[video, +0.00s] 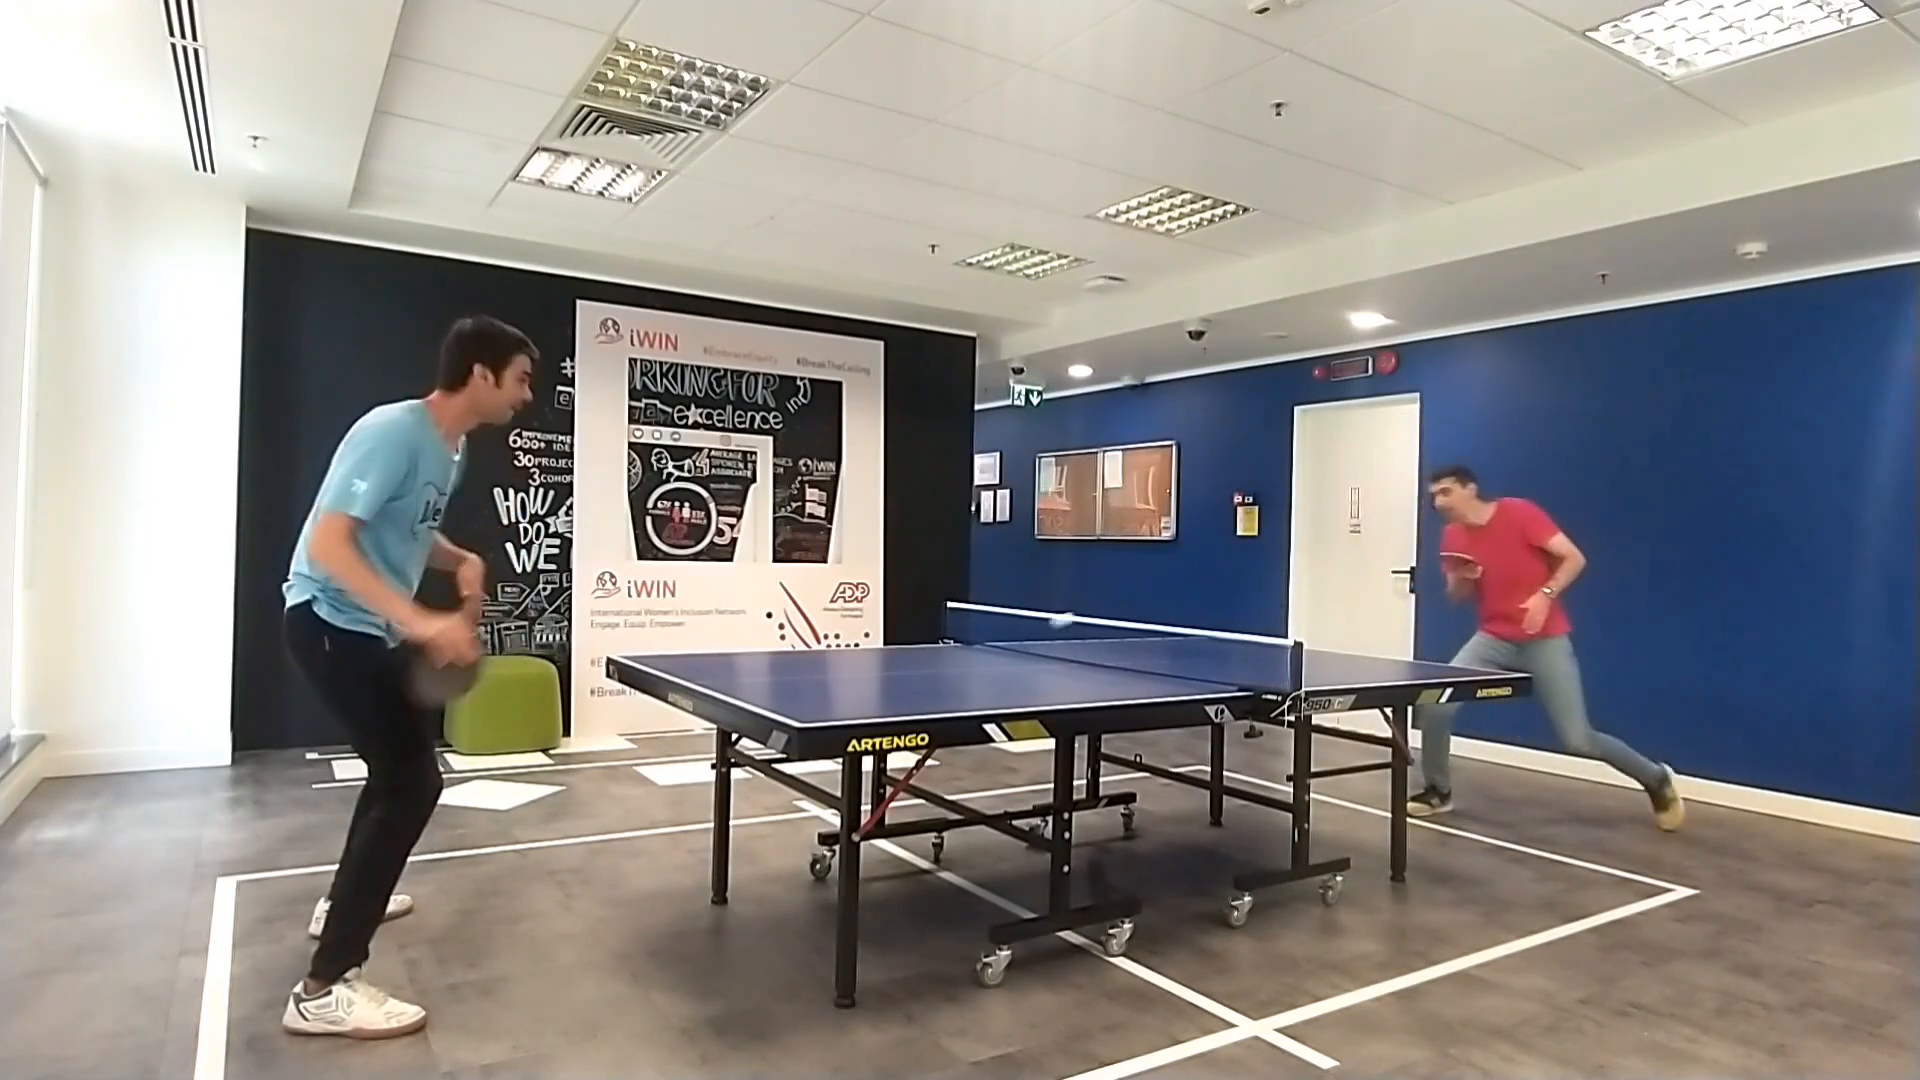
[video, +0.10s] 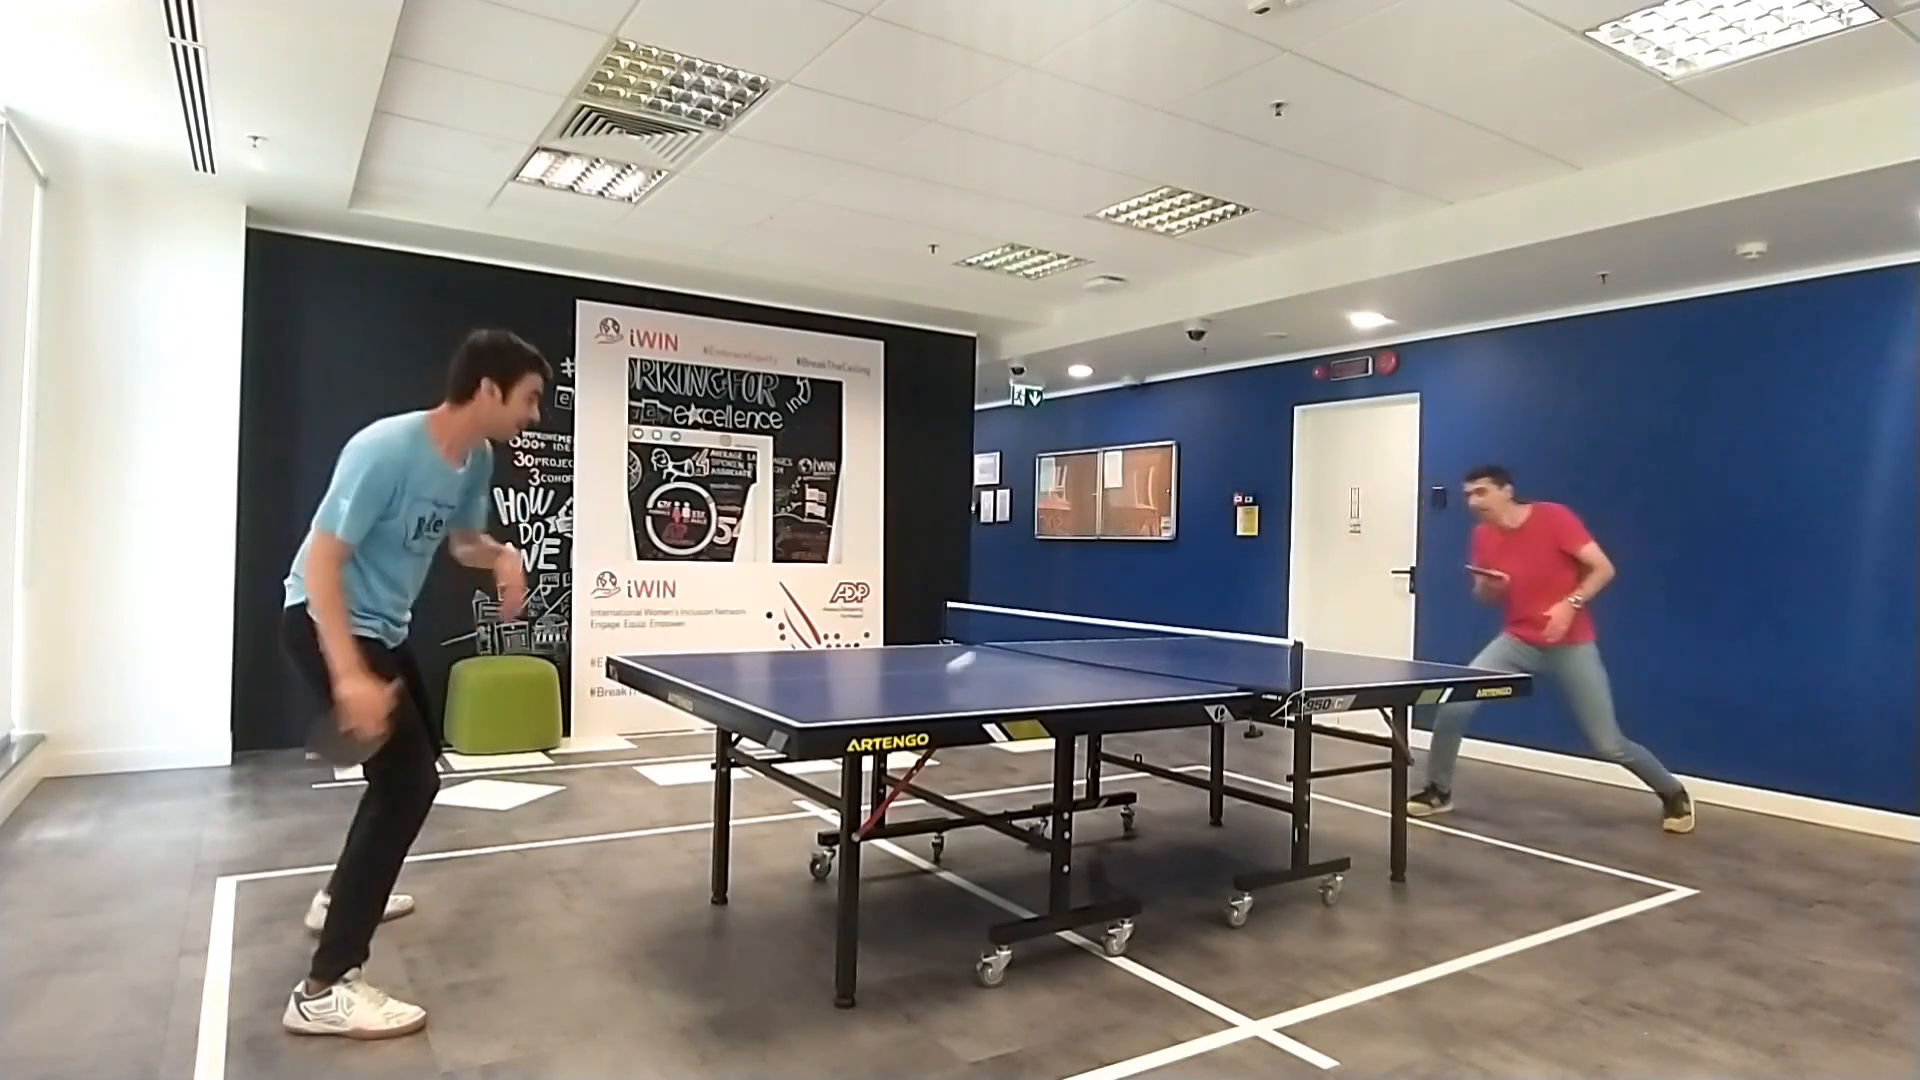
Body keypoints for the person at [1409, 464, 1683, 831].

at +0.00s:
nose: (1439, 502)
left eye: (1445, 492)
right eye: (1434, 497)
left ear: (1469, 489)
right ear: (1435, 503)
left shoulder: (1519, 514)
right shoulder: (1454, 536)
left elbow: (1574, 558)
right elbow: (1455, 596)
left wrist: (1546, 594)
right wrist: (1462, 581)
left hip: (1545, 640)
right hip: (1494, 638)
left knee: (1577, 740)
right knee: (1434, 706)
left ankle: (1658, 780)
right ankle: (1437, 793)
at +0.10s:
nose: (1472, 502)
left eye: (1479, 492)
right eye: (1469, 495)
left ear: (1505, 490)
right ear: (1471, 499)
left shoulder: (1553, 518)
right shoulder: (1484, 535)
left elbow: (1603, 569)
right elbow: (1483, 597)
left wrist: (1569, 604)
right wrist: (1488, 587)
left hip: (1570, 647)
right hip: (1518, 641)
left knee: (1607, 745)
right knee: (1453, 706)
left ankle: (1675, 795)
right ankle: (1437, 792)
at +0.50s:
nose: (1537, 462)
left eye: (1545, 453)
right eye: (1532, 456)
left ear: (1571, 455)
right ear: (1532, 463)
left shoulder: (1615, 488)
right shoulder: (1542, 505)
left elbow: (1669, 535)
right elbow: (1549, 556)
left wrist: (1637, 584)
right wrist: (1550, 577)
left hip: (1633, 621)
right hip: (1575, 621)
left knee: (1666, 716)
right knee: (1536, 700)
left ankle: (1698, 796)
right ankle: (1537, 791)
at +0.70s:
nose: (1542, 483)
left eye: (1549, 475)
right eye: (1538, 477)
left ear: (1576, 474)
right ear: (1541, 483)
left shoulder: (1623, 505)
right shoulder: (1557, 522)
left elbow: (1683, 551)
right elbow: (1567, 574)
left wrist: (1657, 602)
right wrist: (1550, 613)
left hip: (1646, 633)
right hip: (1592, 630)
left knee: (1676, 730)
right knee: (1534, 697)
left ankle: (1730, 808)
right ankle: (1534, 788)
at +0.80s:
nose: (1531, 488)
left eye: (1537, 479)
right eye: (1528, 481)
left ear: (1565, 478)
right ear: (1535, 486)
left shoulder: (1613, 508)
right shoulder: (1556, 524)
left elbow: (1678, 551)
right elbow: (1575, 573)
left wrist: (1659, 609)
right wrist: (1552, 625)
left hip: (1643, 638)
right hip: (1591, 633)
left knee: (1674, 733)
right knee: (1529, 693)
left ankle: (1732, 809)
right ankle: (1539, 788)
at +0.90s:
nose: (1509, 478)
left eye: (1516, 469)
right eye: (1508, 471)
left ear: (1544, 469)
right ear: (1530, 475)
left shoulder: (1591, 500)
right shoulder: (1541, 518)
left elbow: (1655, 544)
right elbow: (1567, 571)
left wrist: (1642, 607)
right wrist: (1552, 628)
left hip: (1626, 631)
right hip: (1576, 628)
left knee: (1663, 725)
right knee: (1520, 693)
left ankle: (1730, 806)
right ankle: (1538, 787)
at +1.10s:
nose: (1479, 455)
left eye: (1483, 447)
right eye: (1479, 448)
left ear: (1504, 445)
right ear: (1504, 447)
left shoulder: (1549, 480)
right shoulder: (1520, 493)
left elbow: (1582, 535)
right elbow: (1542, 549)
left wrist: (1576, 600)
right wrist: (1538, 599)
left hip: (1572, 612)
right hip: (1536, 613)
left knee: (1596, 704)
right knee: (1511, 695)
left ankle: (1687, 780)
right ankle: (1537, 787)